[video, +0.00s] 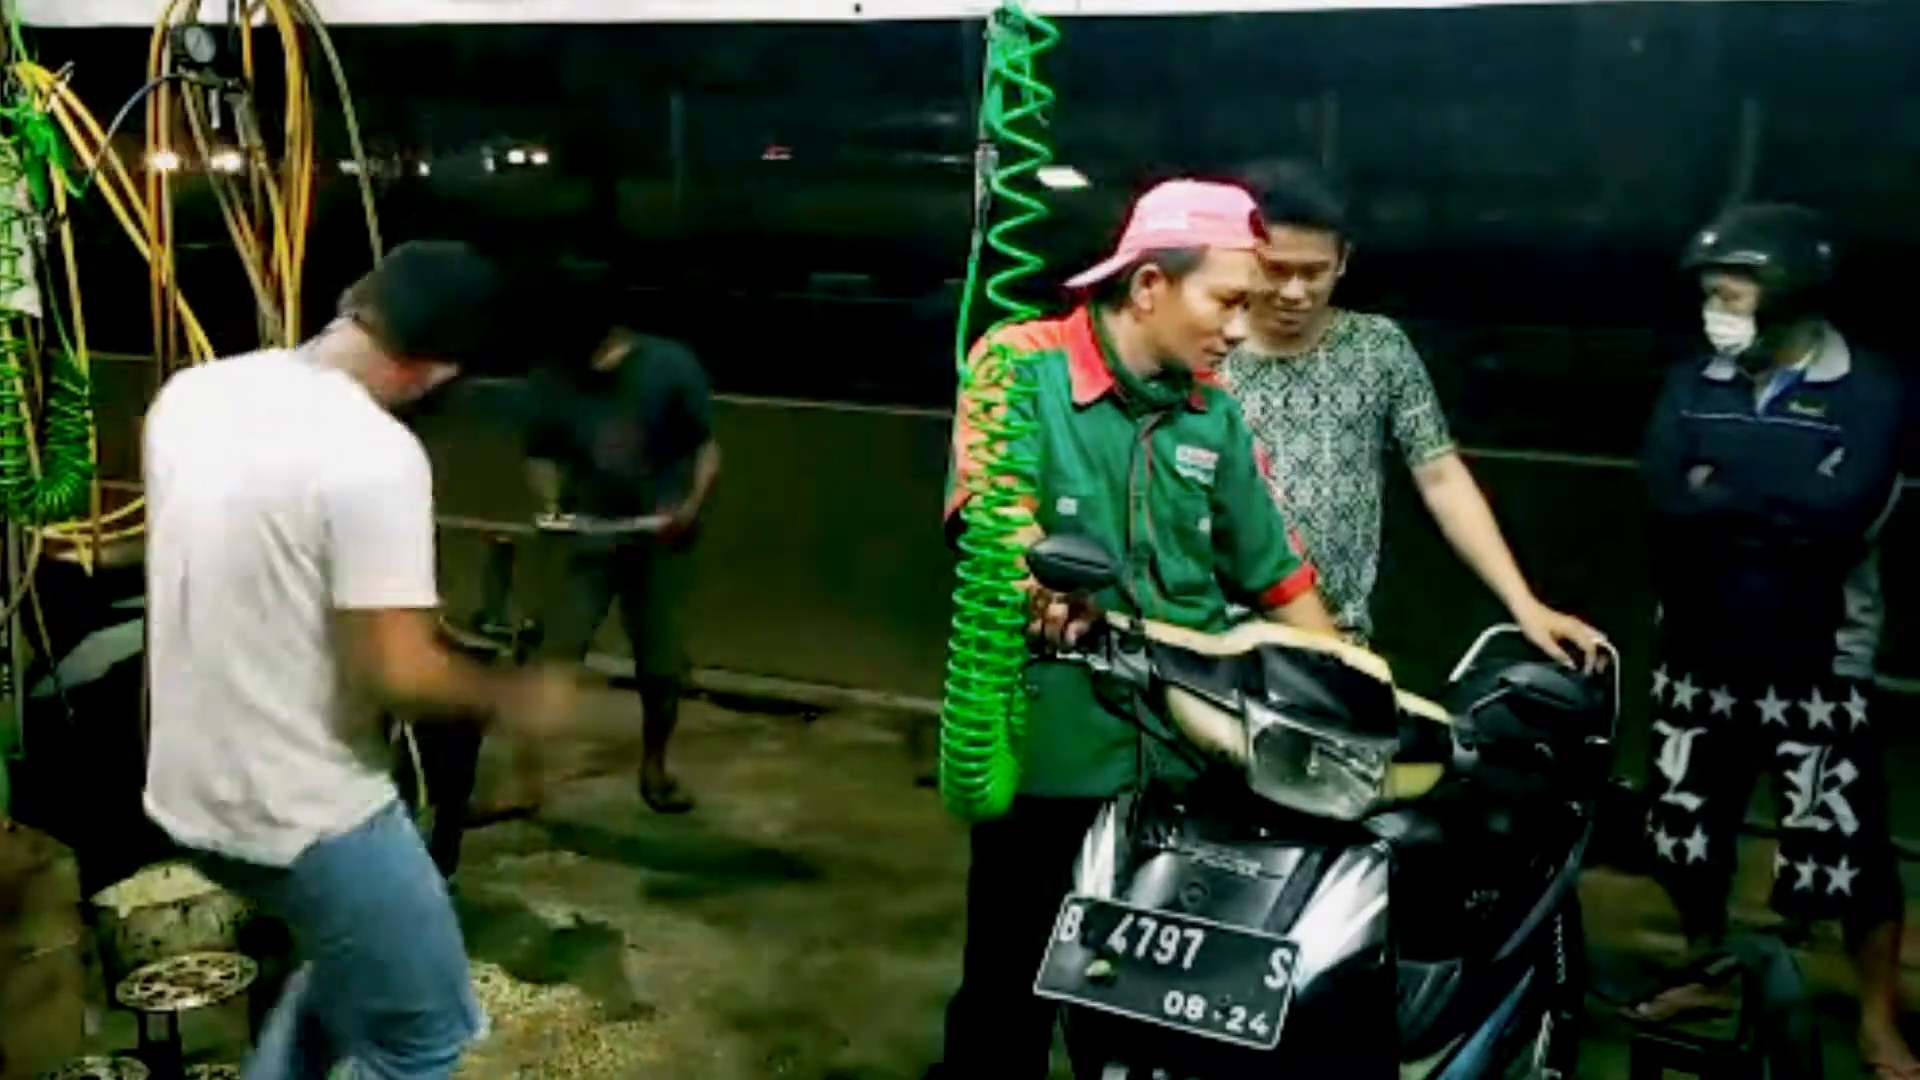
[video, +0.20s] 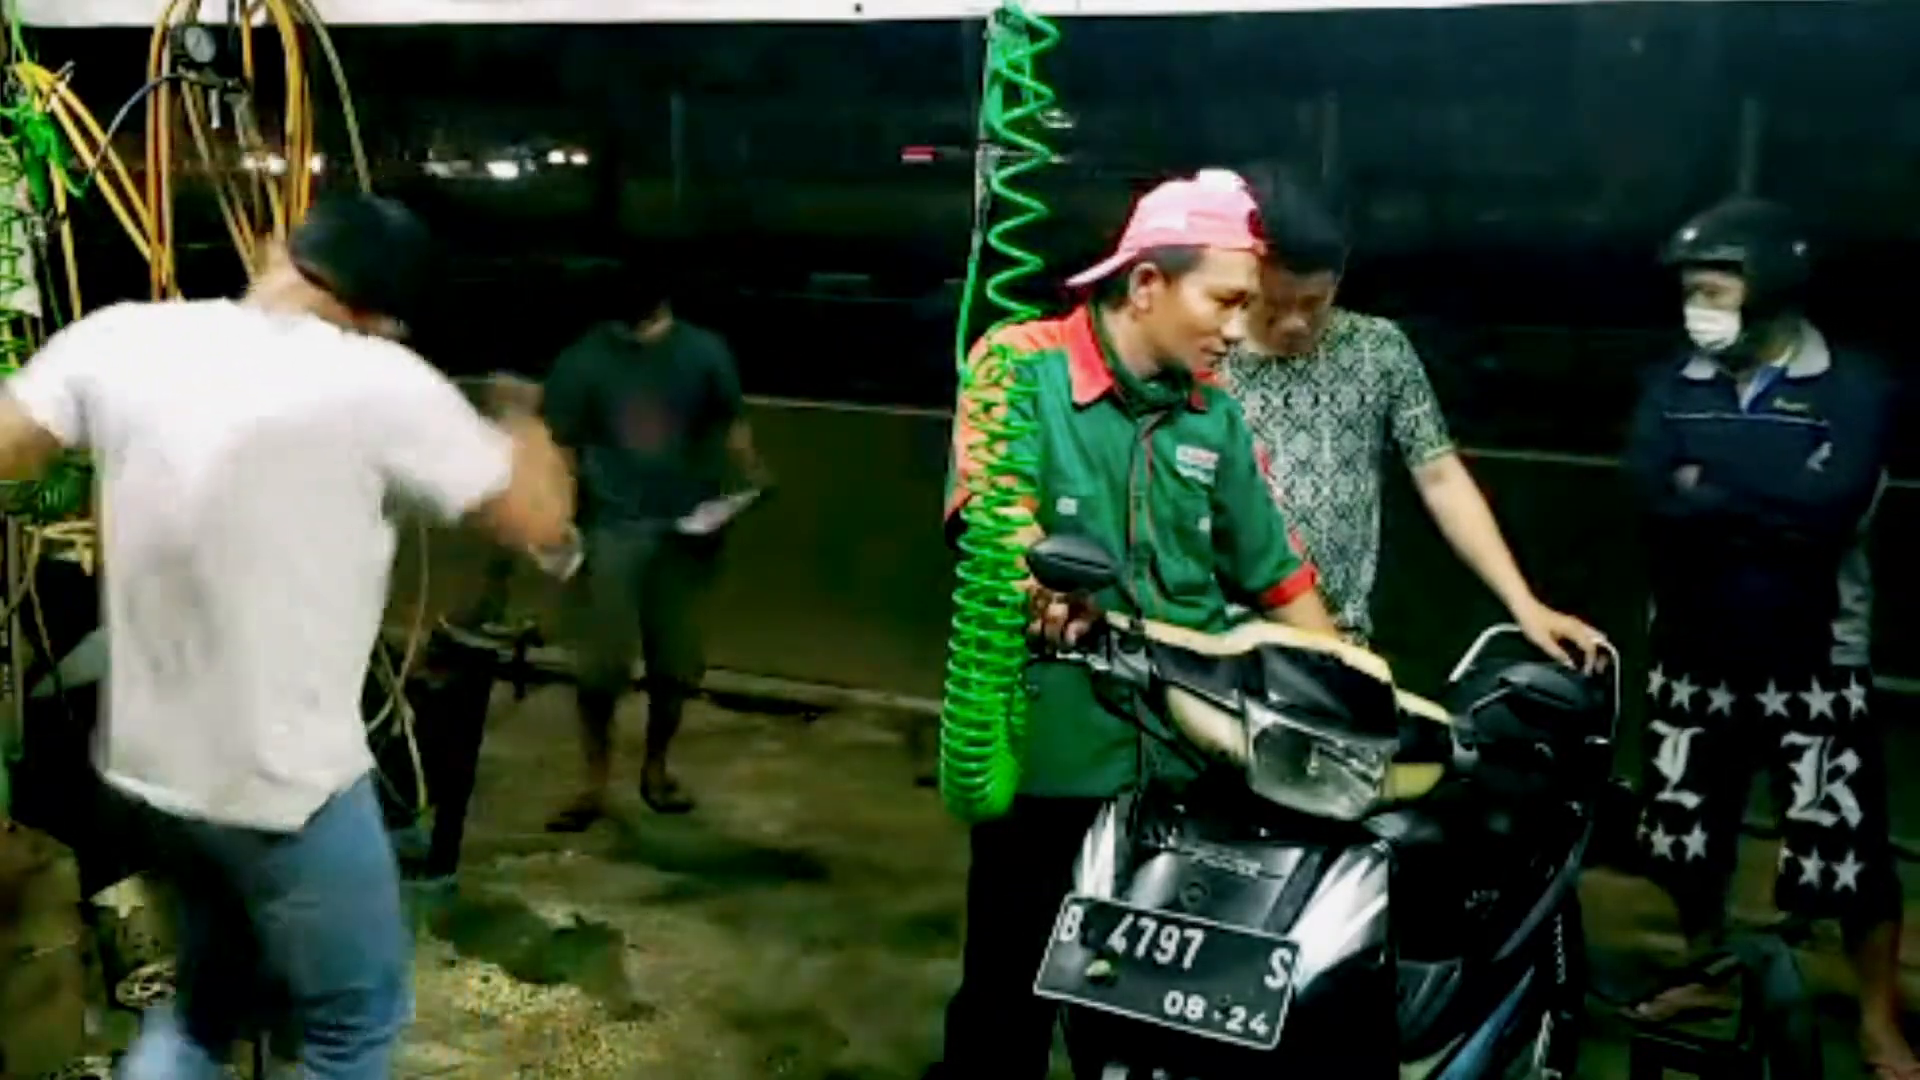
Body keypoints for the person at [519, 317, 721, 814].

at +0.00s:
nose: (595, 356)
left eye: (599, 346)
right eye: (584, 350)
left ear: (616, 330)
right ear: (568, 342)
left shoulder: (669, 369)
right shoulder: (554, 379)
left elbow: (707, 448)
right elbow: (540, 454)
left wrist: (687, 509)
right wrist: (549, 506)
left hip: (656, 541)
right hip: (585, 540)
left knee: (662, 666)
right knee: (555, 656)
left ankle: (655, 770)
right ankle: (527, 783)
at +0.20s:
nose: (642, 326)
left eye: (651, 315)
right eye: (631, 317)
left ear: (665, 305)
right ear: (612, 311)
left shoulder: (703, 356)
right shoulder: (585, 362)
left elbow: (734, 427)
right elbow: (556, 447)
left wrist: (743, 482)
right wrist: (556, 519)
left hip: (684, 531)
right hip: (609, 530)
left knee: (674, 663)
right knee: (600, 662)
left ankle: (657, 774)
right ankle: (592, 787)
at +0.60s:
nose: (703, 339)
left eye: (710, 326)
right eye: (689, 331)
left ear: (725, 312)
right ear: (666, 321)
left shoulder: (752, 352)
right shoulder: (636, 373)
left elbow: (773, 422)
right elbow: (608, 461)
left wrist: (772, 475)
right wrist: (682, 505)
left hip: (726, 530)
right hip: (653, 535)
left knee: (700, 659)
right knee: (704, 658)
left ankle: (658, 763)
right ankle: (720, 804)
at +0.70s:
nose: (720, 329)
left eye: (728, 315)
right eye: (706, 318)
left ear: (744, 305)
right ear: (685, 314)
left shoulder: (767, 344)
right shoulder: (652, 366)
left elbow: (786, 415)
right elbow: (621, 459)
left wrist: (784, 468)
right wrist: (706, 491)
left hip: (739, 530)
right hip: (668, 533)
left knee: (733, 661)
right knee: (710, 663)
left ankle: (677, 757)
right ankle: (718, 801)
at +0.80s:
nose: (739, 319)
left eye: (747, 303)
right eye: (725, 307)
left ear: (761, 297)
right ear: (701, 303)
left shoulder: (780, 341)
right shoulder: (669, 359)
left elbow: (799, 418)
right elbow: (635, 453)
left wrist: (791, 465)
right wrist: (725, 476)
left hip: (750, 525)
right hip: (678, 528)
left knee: (773, 655)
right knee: (714, 662)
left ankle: (706, 765)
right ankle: (715, 804)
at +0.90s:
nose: (768, 306)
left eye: (773, 292)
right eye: (754, 294)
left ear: (784, 289)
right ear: (720, 289)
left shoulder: (794, 340)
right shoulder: (687, 354)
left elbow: (808, 424)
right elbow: (654, 451)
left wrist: (804, 471)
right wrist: (750, 467)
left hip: (774, 541)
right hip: (705, 544)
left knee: (803, 671)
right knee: (719, 684)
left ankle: (789, 804)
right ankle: (719, 807)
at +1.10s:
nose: (813, 290)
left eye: (820, 278)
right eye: (799, 278)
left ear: (830, 281)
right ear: (767, 280)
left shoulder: (834, 340)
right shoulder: (733, 349)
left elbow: (833, 427)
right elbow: (699, 454)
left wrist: (848, 460)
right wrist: (801, 464)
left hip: (809, 548)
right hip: (739, 549)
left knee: (847, 679)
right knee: (733, 688)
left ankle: (885, 820)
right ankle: (720, 807)